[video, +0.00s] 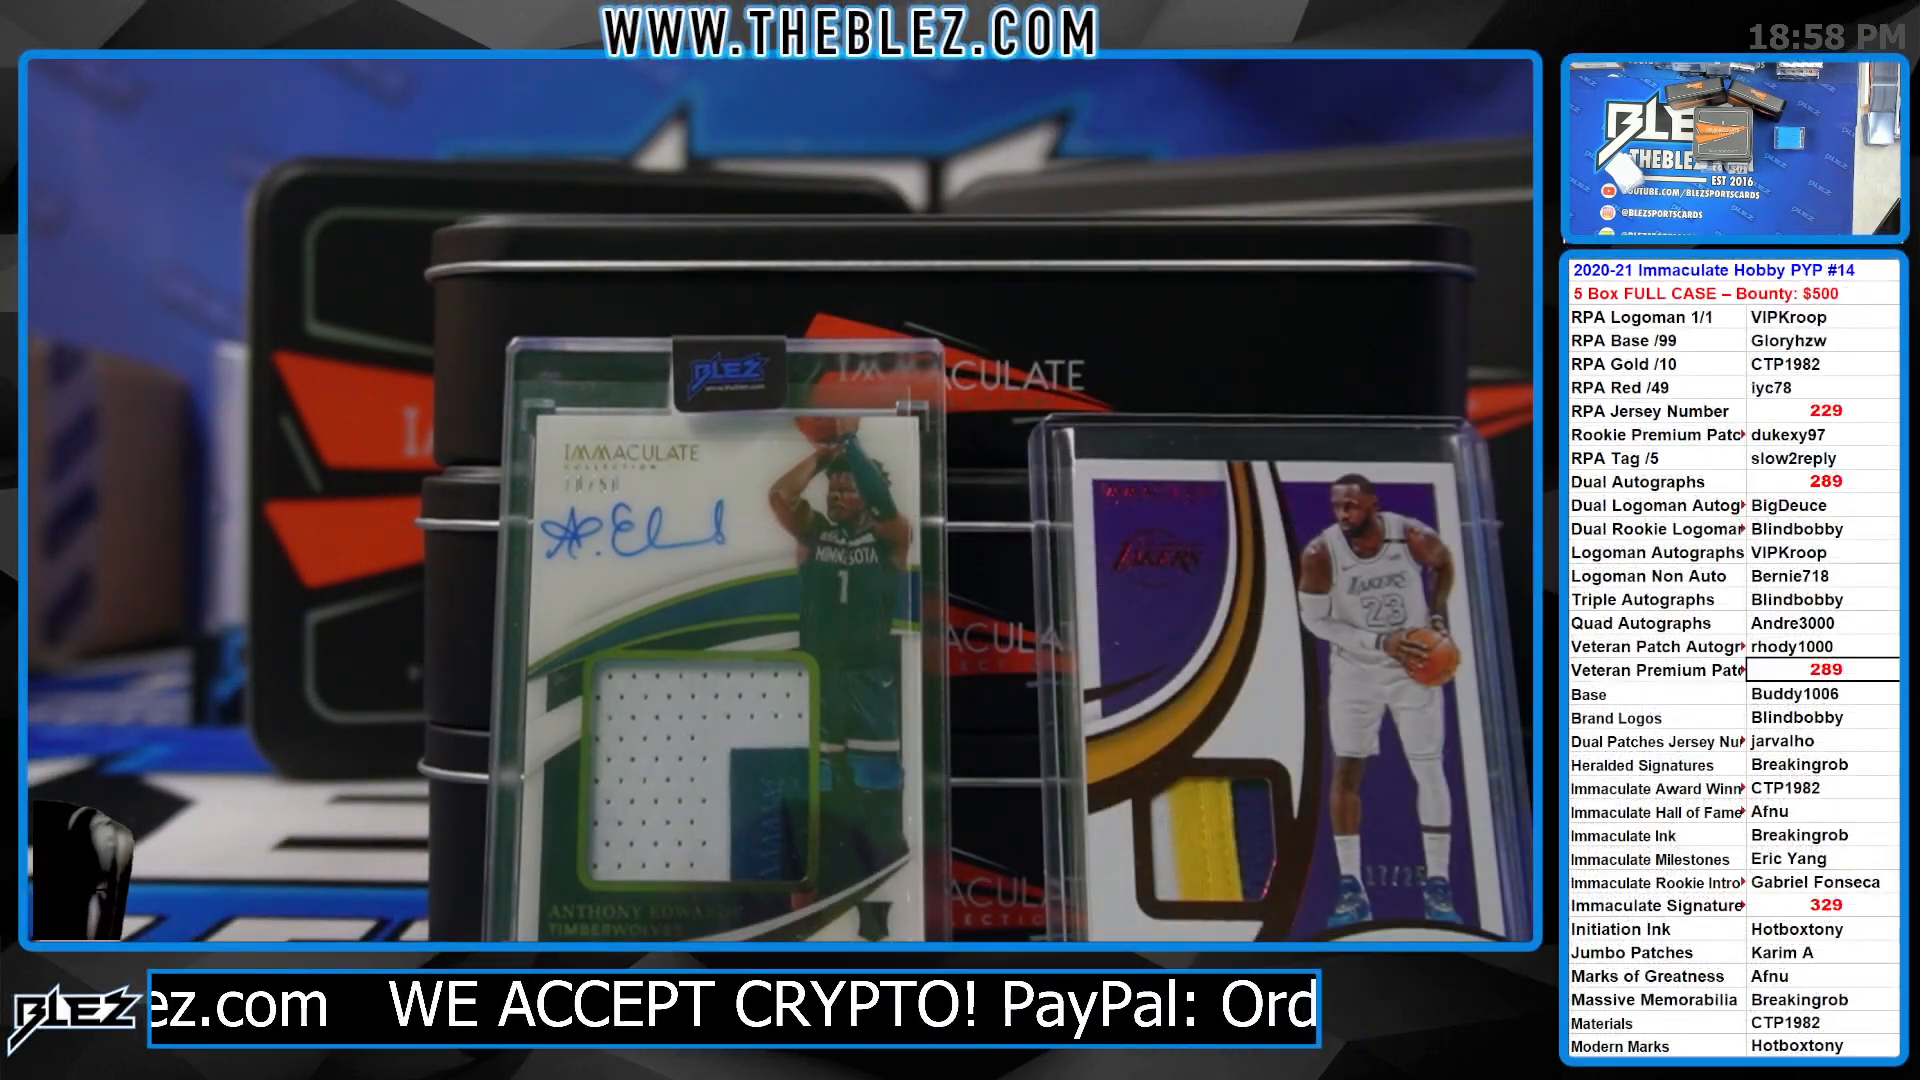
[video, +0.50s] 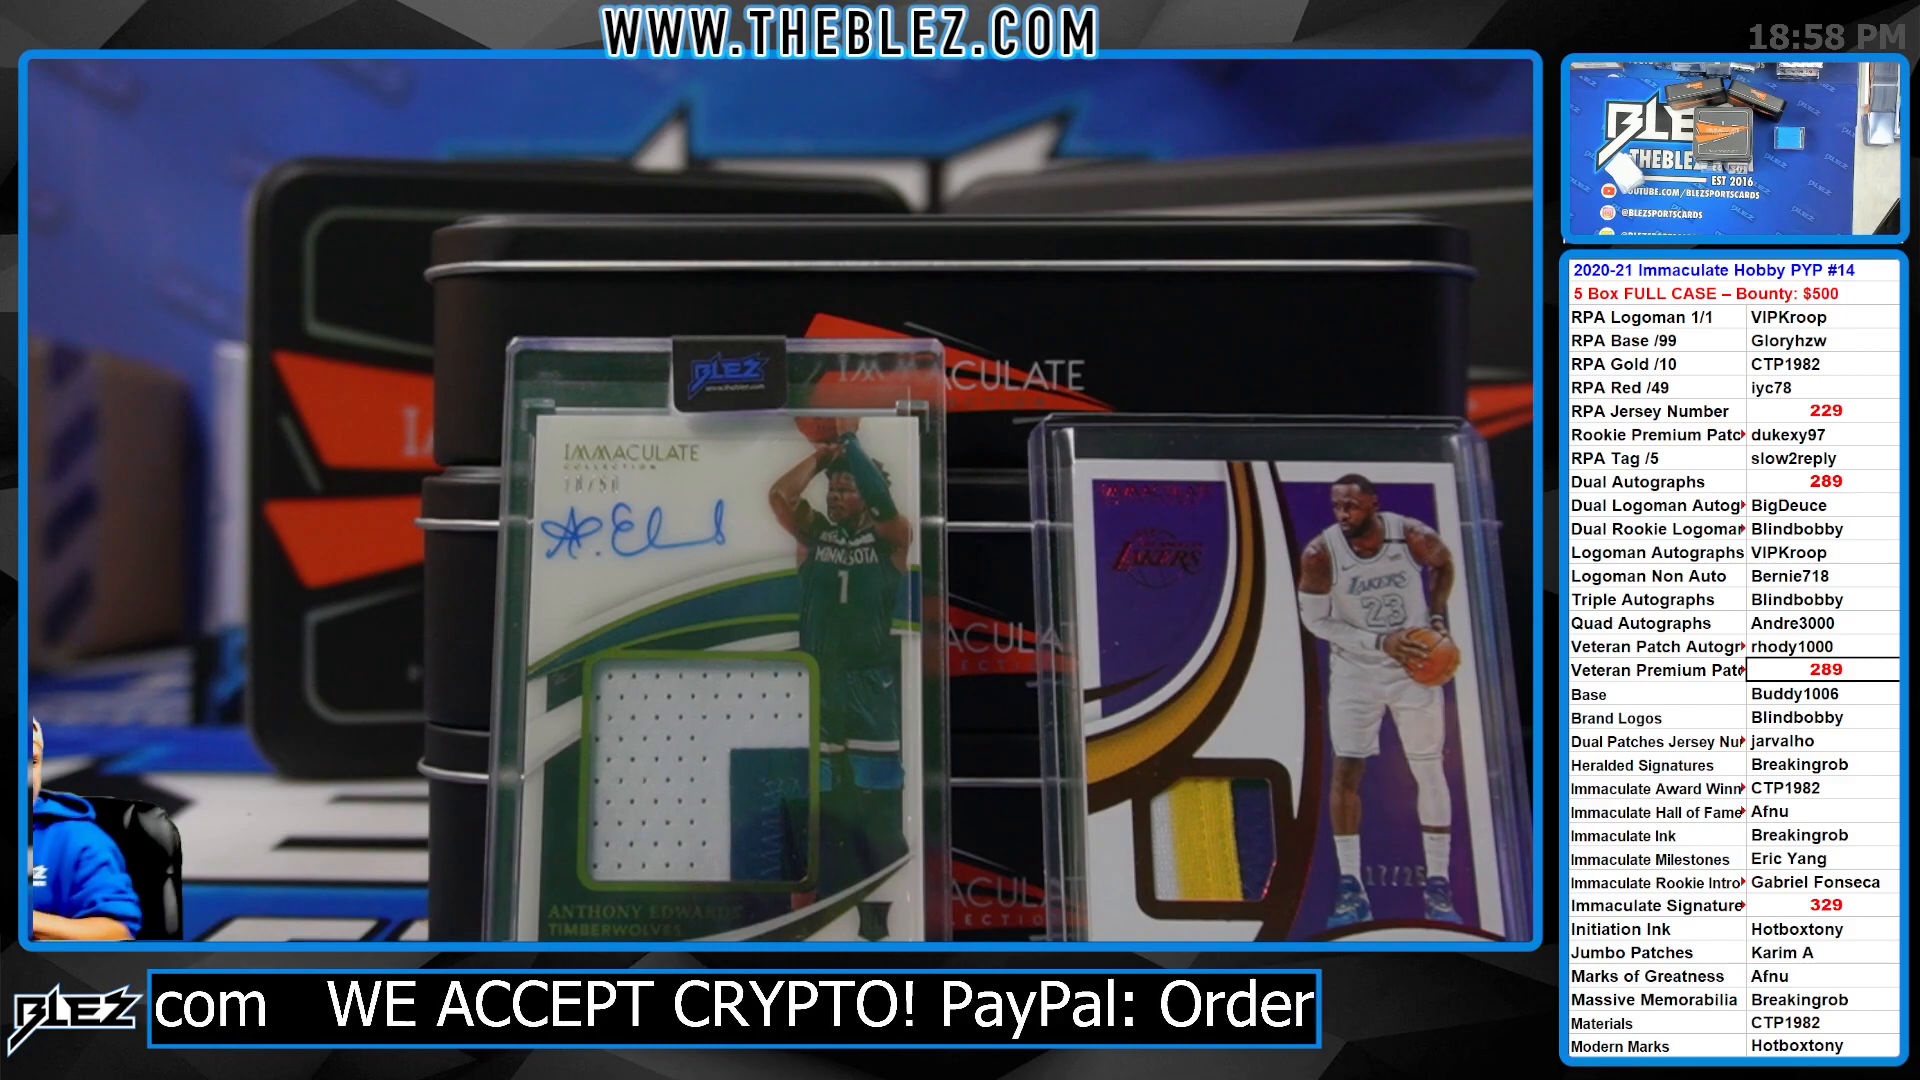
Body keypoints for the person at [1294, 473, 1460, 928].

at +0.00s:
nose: (1343, 514)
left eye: (1351, 505)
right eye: (1337, 506)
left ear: (1373, 505)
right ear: (1332, 510)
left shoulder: (1412, 536)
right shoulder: (1319, 555)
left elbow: (1444, 563)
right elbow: (1315, 621)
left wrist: (1437, 616)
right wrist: (1379, 642)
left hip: (1414, 673)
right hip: (1354, 675)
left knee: (1429, 771)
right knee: (1348, 773)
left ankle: (1438, 884)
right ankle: (1351, 888)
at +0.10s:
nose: (1343, 513)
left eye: (1351, 505)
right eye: (1337, 506)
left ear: (1373, 505)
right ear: (1332, 509)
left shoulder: (1413, 536)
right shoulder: (1319, 555)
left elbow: (1444, 564)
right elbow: (1315, 621)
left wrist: (1437, 616)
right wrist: (1378, 642)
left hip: (1414, 673)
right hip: (1354, 675)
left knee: (1429, 771)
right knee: (1348, 773)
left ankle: (1438, 884)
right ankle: (1351, 888)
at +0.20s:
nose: (1343, 513)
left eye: (1351, 505)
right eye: (1337, 506)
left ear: (1373, 505)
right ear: (1332, 509)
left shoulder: (1413, 536)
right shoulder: (1319, 555)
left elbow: (1444, 564)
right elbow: (1315, 621)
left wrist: (1437, 616)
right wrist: (1378, 642)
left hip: (1414, 673)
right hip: (1354, 675)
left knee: (1429, 771)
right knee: (1348, 773)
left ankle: (1438, 884)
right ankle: (1351, 888)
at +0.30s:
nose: (1343, 513)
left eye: (1351, 505)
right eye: (1337, 506)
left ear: (1373, 505)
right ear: (1332, 509)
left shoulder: (1413, 536)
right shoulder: (1319, 555)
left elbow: (1444, 564)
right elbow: (1315, 621)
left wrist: (1437, 616)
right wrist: (1378, 642)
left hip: (1414, 673)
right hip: (1354, 675)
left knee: (1429, 771)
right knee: (1348, 774)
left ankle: (1438, 884)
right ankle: (1351, 888)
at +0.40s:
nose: (1343, 514)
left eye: (1352, 506)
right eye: (1337, 506)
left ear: (1373, 505)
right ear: (1332, 509)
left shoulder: (1412, 536)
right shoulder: (1319, 555)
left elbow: (1444, 564)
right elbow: (1316, 621)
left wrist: (1437, 615)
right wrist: (1378, 642)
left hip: (1414, 672)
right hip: (1354, 675)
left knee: (1429, 771)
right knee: (1348, 773)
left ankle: (1438, 884)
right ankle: (1351, 888)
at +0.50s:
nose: (1342, 514)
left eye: (1351, 506)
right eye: (1336, 506)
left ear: (1374, 505)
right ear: (1332, 509)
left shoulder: (1413, 536)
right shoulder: (1319, 555)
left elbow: (1444, 565)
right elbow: (1316, 621)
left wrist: (1437, 617)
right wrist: (1379, 642)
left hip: (1414, 672)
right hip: (1354, 675)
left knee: (1430, 771)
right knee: (1347, 773)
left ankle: (1438, 884)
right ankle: (1351, 888)